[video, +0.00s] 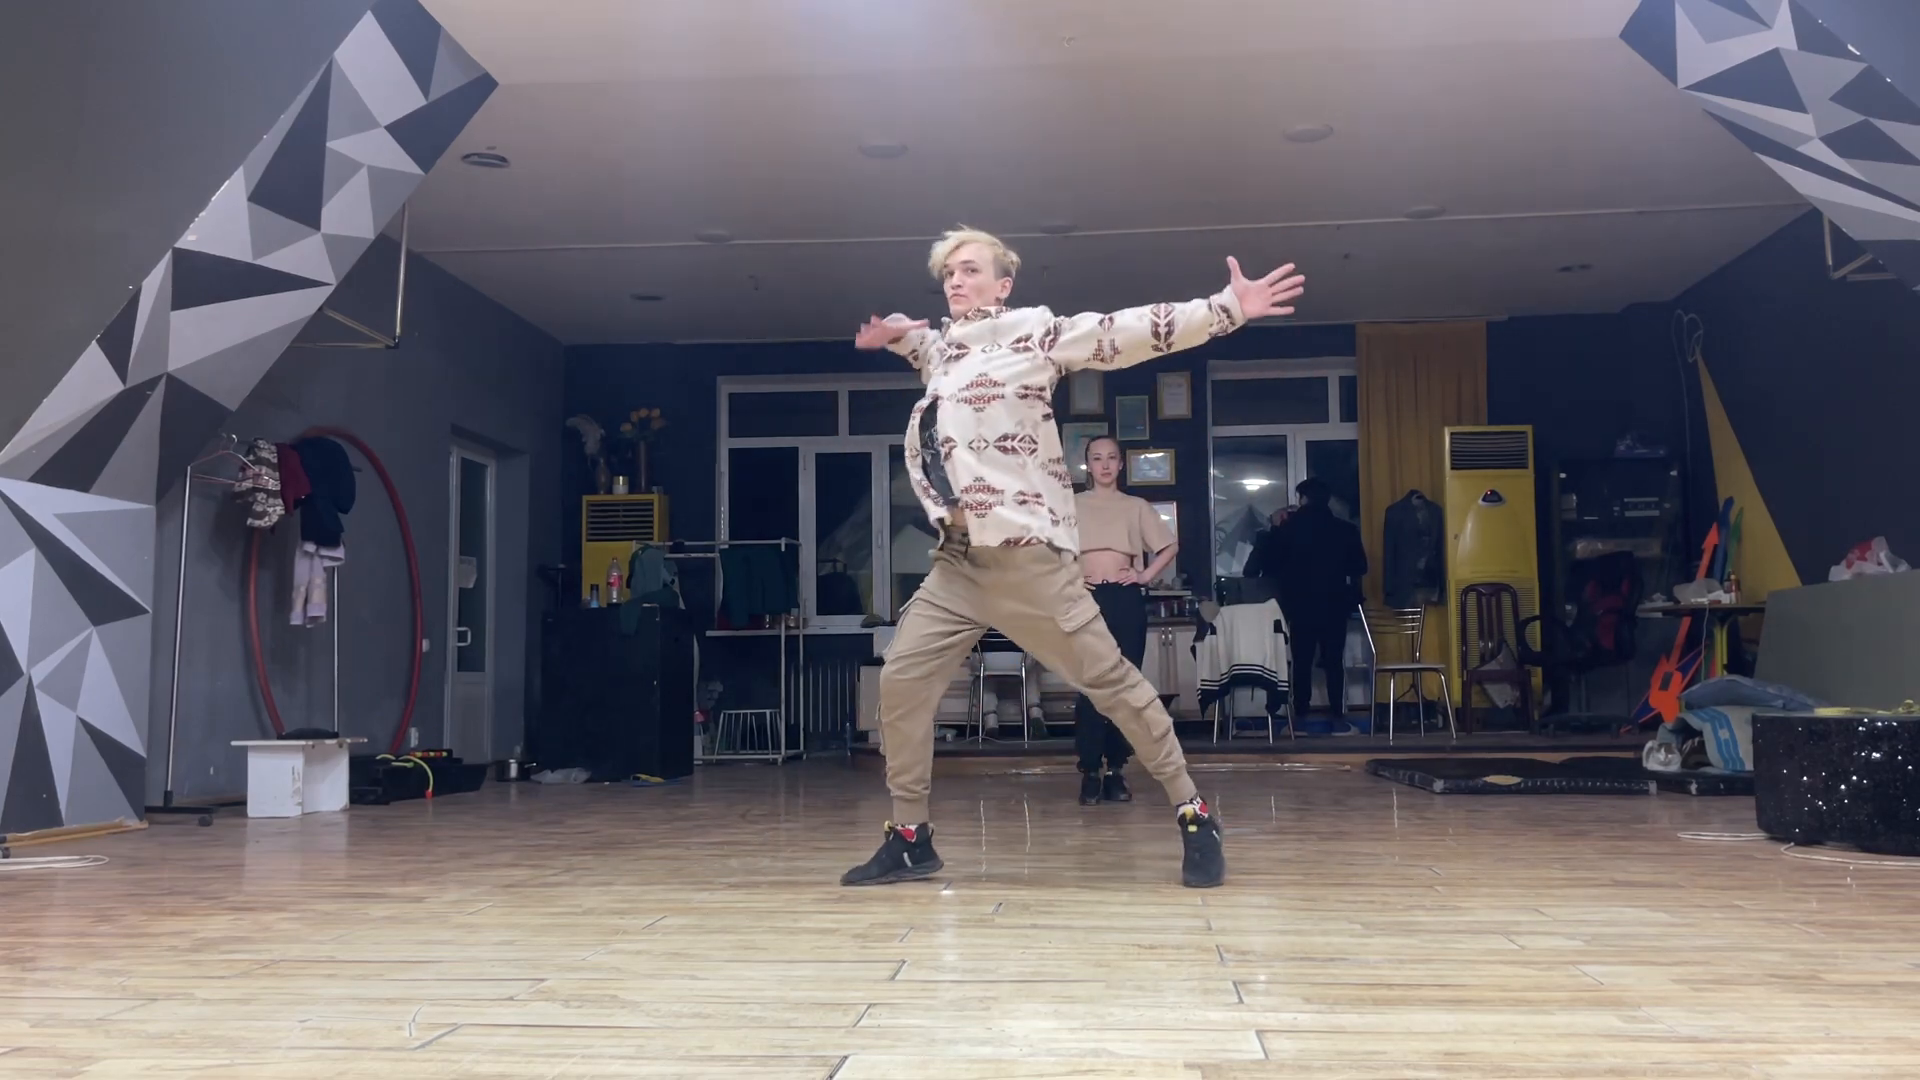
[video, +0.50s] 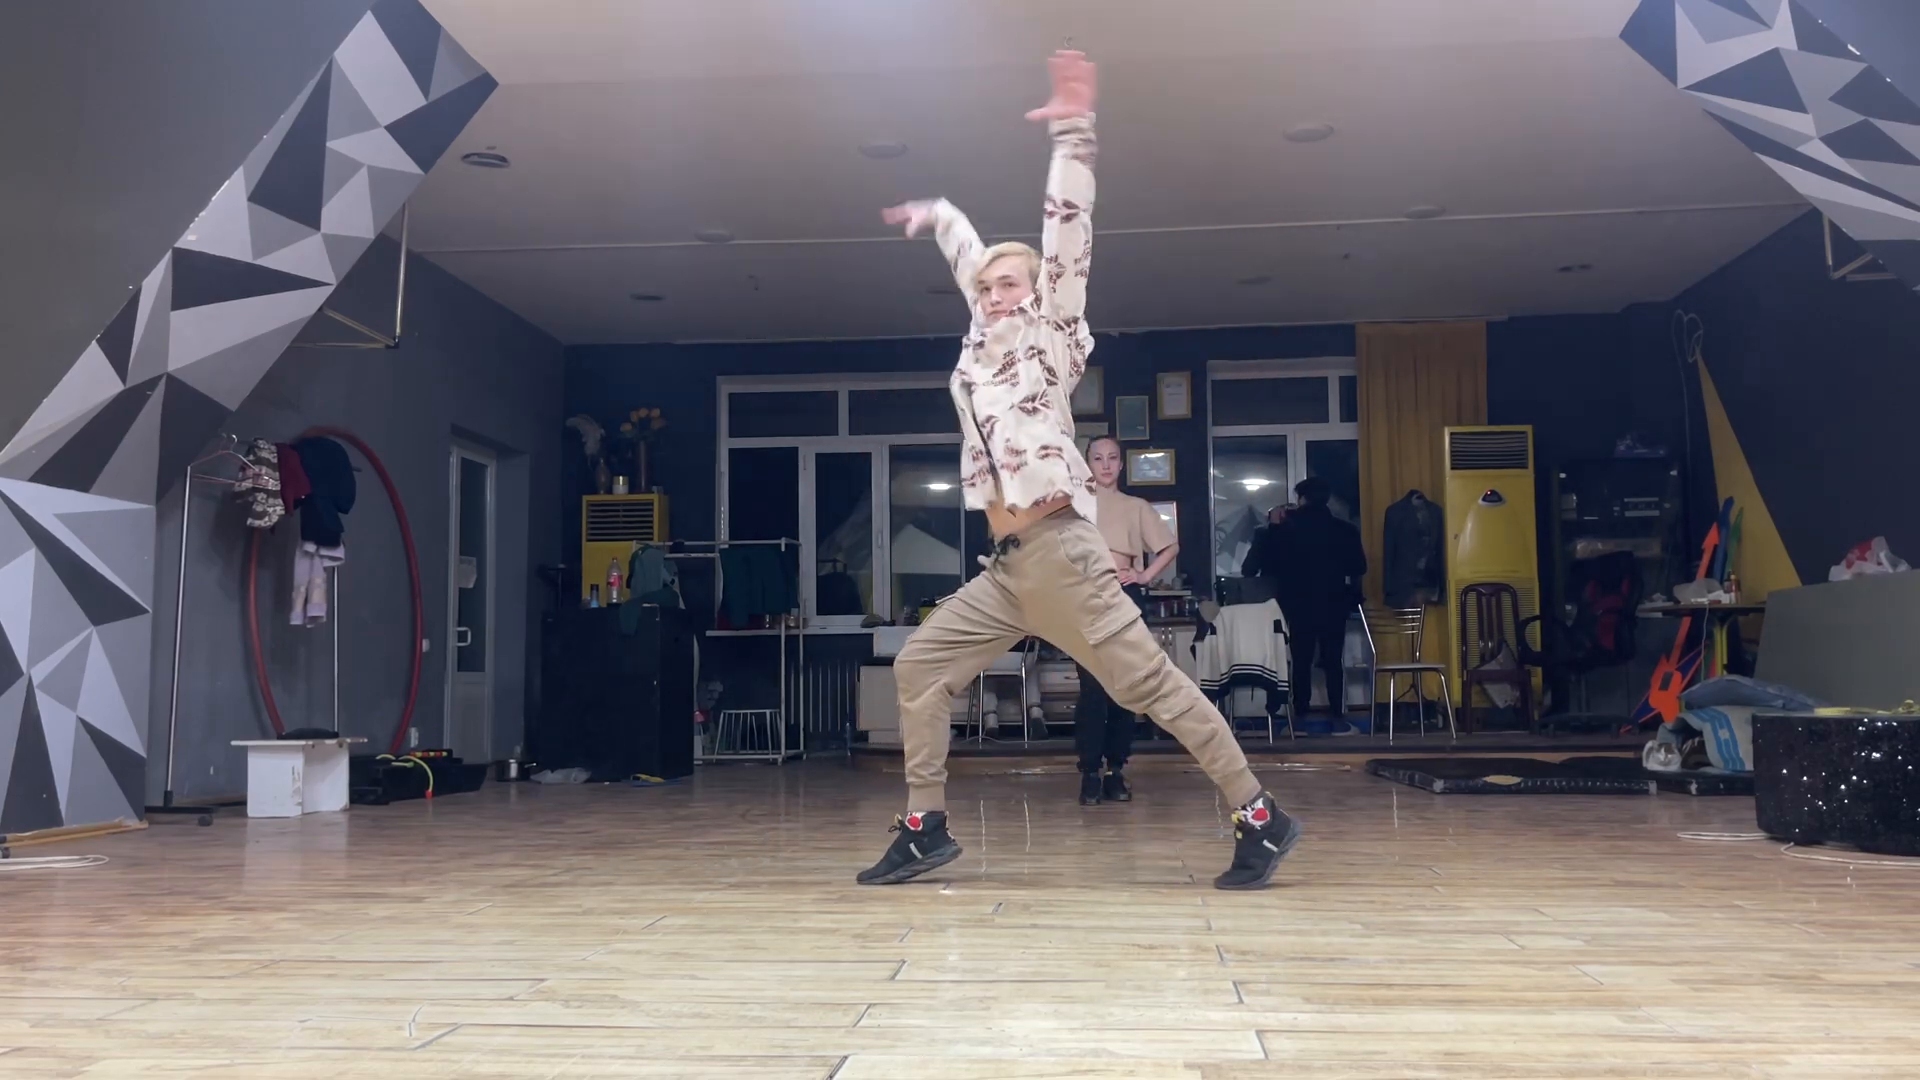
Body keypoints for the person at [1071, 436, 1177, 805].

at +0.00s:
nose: (1105, 464)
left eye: (1111, 458)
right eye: (1097, 458)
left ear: (1121, 463)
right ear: (1086, 465)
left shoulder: (1136, 506)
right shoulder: (1070, 505)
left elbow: (1170, 546)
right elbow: (1052, 546)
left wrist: (1146, 575)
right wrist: (1071, 578)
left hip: (1126, 598)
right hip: (1084, 599)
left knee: (1122, 681)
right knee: (1090, 682)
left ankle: (1115, 771)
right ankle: (1090, 772)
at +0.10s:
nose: (1105, 465)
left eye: (1111, 458)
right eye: (1098, 458)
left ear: (1121, 463)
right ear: (1087, 464)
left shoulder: (1137, 507)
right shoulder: (1068, 506)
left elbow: (1170, 547)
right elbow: (1047, 547)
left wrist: (1146, 574)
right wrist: (1068, 579)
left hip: (1126, 600)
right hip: (1084, 601)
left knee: (1124, 688)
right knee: (1089, 685)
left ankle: (1118, 774)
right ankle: (1090, 772)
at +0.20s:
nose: (1107, 471)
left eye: (1112, 463)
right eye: (1101, 463)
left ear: (1120, 468)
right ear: (1087, 467)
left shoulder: (1135, 507)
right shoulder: (1070, 506)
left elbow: (1170, 546)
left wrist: (1146, 576)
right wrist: (1068, 575)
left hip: (1124, 597)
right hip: (1082, 599)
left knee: (1122, 691)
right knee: (1088, 690)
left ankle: (1115, 779)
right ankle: (1090, 777)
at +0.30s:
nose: (1106, 465)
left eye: (1111, 458)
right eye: (1100, 459)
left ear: (1121, 464)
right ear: (1088, 465)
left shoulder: (1135, 507)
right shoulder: (1074, 503)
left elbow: (1170, 546)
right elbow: (1054, 547)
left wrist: (1146, 574)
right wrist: (1076, 571)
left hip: (1124, 597)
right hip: (1081, 596)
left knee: (1123, 687)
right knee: (1087, 685)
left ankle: (1119, 773)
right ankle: (1090, 771)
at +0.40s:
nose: (1105, 464)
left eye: (1111, 458)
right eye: (1099, 458)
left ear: (1121, 464)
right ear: (1087, 464)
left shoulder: (1136, 507)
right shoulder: (1076, 502)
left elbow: (1170, 546)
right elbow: (1063, 546)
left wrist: (1146, 574)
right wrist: (1087, 569)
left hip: (1127, 596)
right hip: (1087, 595)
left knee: (1125, 682)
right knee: (1092, 682)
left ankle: (1115, 771)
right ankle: (1090, 771)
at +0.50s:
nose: (1106, 465)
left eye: (1112, 458)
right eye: (1099, 459)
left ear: (1121, 464)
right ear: (1088, 465)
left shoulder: (1137, 507)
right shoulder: (1074, 503)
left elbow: (1170, 547)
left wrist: (1146, 574)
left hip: (1126, 595)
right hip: (1084, 594)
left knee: (1126, 685)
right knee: (1092, 685)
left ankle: (1115, 771)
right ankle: (1091, 772)